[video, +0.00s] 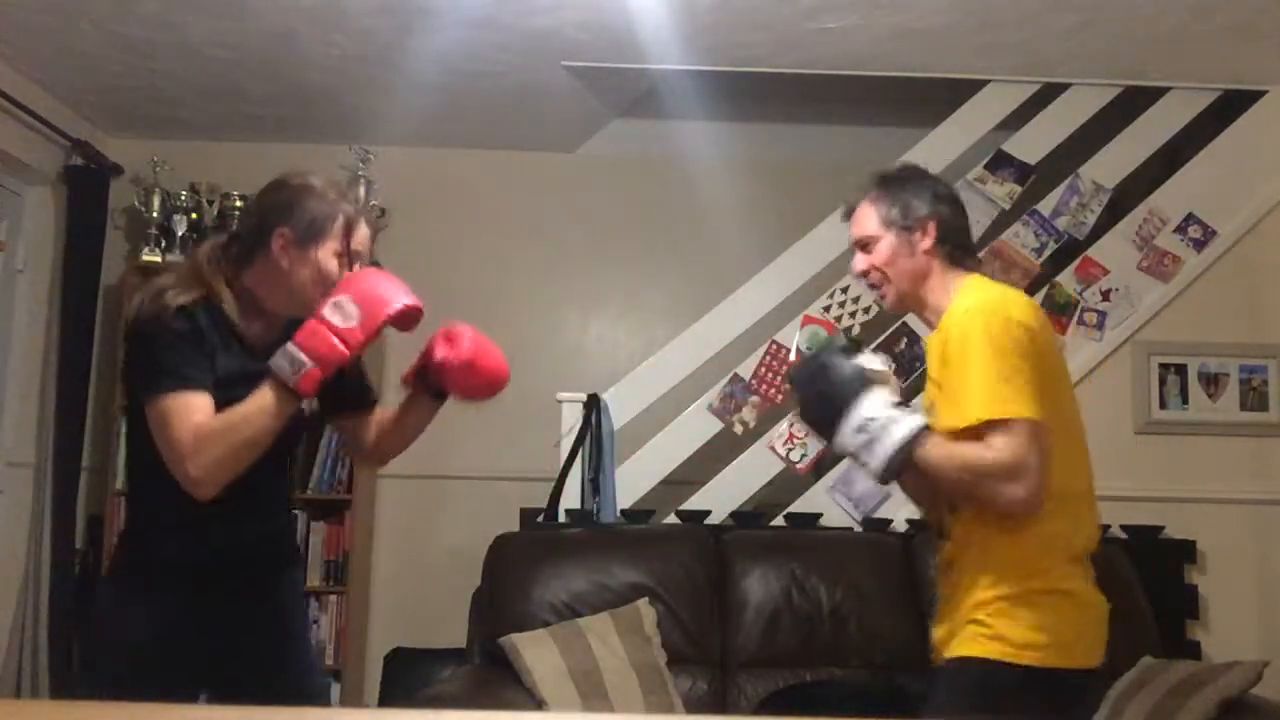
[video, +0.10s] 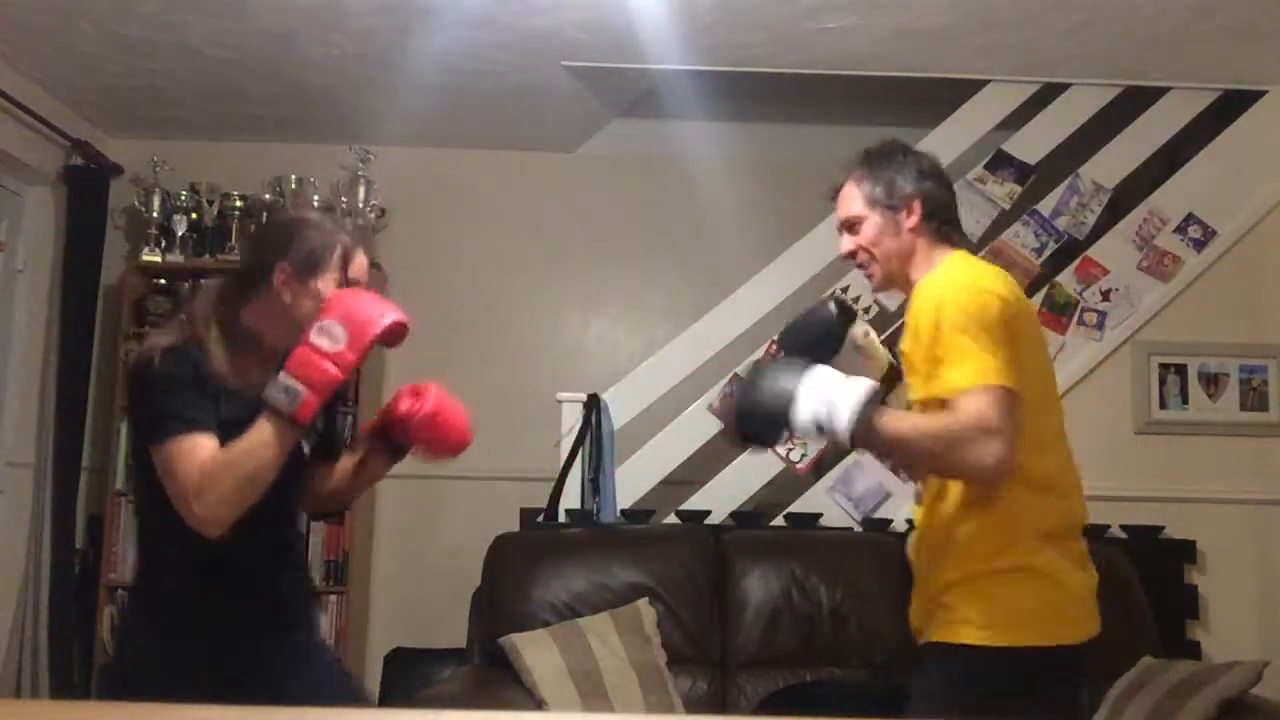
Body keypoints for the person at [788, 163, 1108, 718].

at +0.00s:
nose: (858, 268)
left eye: (867, 245)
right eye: (855, 252)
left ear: (924, 234)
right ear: (921, 238)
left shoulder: (985, 311)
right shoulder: (961, 329)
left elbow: (1015, 481)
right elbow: (959, 504)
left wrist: (879, 427)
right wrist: (880, 426)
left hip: (1020, 638)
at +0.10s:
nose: (845, 247)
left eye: (854, 226)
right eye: (841, 233)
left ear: (909, 212)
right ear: (905, 217)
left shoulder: (959, 286)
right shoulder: (952, 294)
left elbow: (986, 448)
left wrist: (838, 405)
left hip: (1001, 627)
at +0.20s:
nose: (841, 254)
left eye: (849, 232)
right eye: (837, 239)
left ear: (901, 218)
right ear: (903, 219)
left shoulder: (934, 294)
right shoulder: (1000, 300)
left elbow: (926, 442)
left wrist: (789, 399)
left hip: (984, 649)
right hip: (1050, 642)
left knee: (784, 709)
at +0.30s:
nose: (848, 256)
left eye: (852, 234)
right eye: (842, 240)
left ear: (904, 220)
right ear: (913, 221)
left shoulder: (929, 294)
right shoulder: (1018, 306)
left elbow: (859, 407)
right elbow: (927, 455)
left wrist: (730, 335)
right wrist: (827, 377)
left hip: (980, 654)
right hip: (1064, 648)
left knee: (784, 705)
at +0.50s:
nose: (911, 256)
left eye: (917, 238)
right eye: (908, 243)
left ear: (963, 224)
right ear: (975, 230)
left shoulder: (968, 292)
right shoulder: (1075, 321)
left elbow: (860, 367)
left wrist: (728, 319)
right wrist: (855, 336)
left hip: (993, 639)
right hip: (1095, 636)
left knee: (786, 704)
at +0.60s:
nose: (945, 269)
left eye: (951, 252)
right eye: (944, 254)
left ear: (993, 244)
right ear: (1038, 250)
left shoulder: (1005, 314)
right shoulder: (1101, 341)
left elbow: (864, 394)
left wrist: (801, 295)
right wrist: (961, 319)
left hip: (1034, 648)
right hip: (1119, 647)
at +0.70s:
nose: (1001, 269)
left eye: (1009, 253)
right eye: (1001, 255)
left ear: (1056, 245)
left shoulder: (1041, 312)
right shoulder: (1150, 345)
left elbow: (891, 380)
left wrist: (852, 357)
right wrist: (966, 390)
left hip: (1069, 650)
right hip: (1151, 651)